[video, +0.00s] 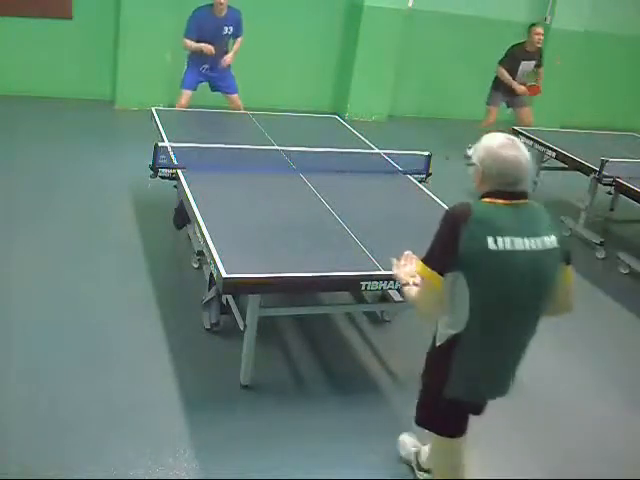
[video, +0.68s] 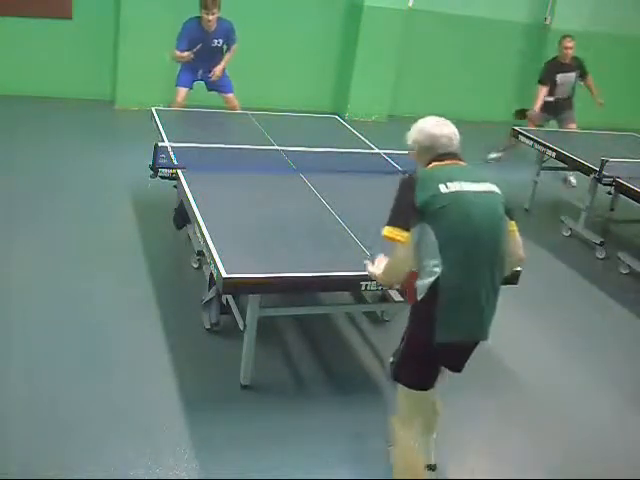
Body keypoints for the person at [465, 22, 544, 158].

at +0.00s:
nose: (540, 38)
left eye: (542, 35)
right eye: (537, 34)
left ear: (543, 37)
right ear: (529, 36)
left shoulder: (538, 52)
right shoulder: (515, 50)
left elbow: (539, 69)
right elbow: (500, 70)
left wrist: (538, 85)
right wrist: (516, 86)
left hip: (518, 88)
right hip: (500, 86)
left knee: (527, 122)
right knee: (491, 120)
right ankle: (474, 146)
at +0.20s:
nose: (546, 40)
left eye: (548, 37)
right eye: (543, 36)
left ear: (550, 39)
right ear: (536, 37)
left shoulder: (544, 54)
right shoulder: (522, 52)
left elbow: (545, 72)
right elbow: (507, 72)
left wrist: (550, 86)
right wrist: (520, 81)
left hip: (524, 91)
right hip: (508, 90)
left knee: (530, 123)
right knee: (500, 123)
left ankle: (513, 145)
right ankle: (495, 149)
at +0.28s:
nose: (547, 40)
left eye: (549, 37)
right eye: (544, 37)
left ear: (551, 39)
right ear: (537, 37)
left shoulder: (548, 54)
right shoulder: (523, 52)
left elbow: (553, 73)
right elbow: (509, 72)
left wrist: (561, 92)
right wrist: (518, 80)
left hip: (530, 93)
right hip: (513, 92)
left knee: (535, 124)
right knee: (503, 125)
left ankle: (514, 147)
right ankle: (487, 147)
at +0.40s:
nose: (548, 45)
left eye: (550, 42)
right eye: (544, 41)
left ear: (552, 43)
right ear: (537, 41)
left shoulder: (553, 57)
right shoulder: (525, 56)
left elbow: (565, 71)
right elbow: (514, 75)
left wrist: (572, 82)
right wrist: (514, 91)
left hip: (540, 95)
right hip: (521, 95)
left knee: (546, 126)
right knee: (509, 124)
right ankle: (500, 149)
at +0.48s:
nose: (550, 48)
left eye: (552, 45)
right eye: (547, 45)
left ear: (555, 46)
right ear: (540, 45)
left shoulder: (557, 60)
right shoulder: (528, 61)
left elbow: (568, 74)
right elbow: (518, 80)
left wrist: (579, 83)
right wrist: (517, 94)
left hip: (545, 100)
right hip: (525, 99)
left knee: (553, 127)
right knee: (509, 126)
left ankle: (548, 158)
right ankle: (500, 150)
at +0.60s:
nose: (561, 52)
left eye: (563, 49)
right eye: (558, 49)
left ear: (566, 50)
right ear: (553, 49)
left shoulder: (570, 65)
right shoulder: (541, 66)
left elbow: (583, 82)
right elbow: (533, 90)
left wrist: (596, 99)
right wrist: (526, 110)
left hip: (558, 106)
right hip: (540, 105)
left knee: (568, 133)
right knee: (520, 129)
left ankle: (569, 172)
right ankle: (502, 153)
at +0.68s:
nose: (568, 52)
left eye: (571, 48)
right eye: (565, 48)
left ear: (574, 49)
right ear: (560, 48)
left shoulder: (577, 64)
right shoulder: (551, 65)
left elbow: (586, 79)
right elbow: (543, 88)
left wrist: (596, 97)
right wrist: (535, 109)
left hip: (565, 105)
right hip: (547, 104)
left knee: (572, 135)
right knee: (526, 131)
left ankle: (569, 172)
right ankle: (503, 152)